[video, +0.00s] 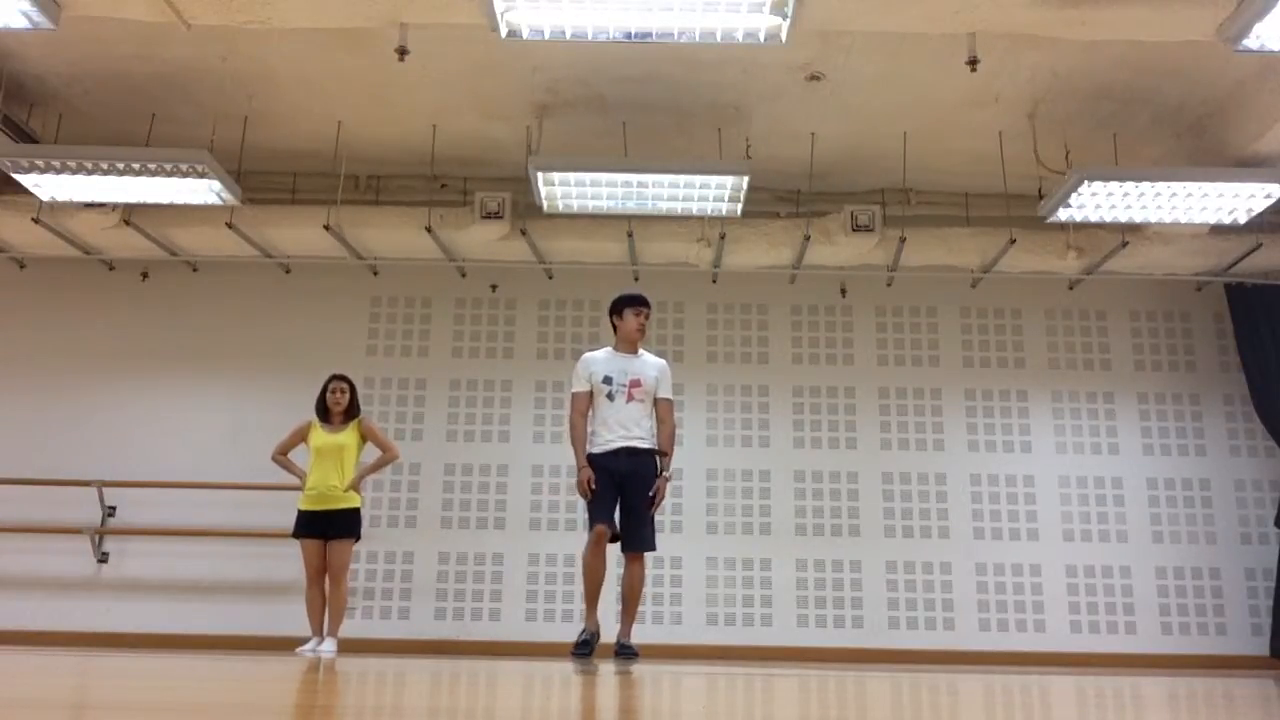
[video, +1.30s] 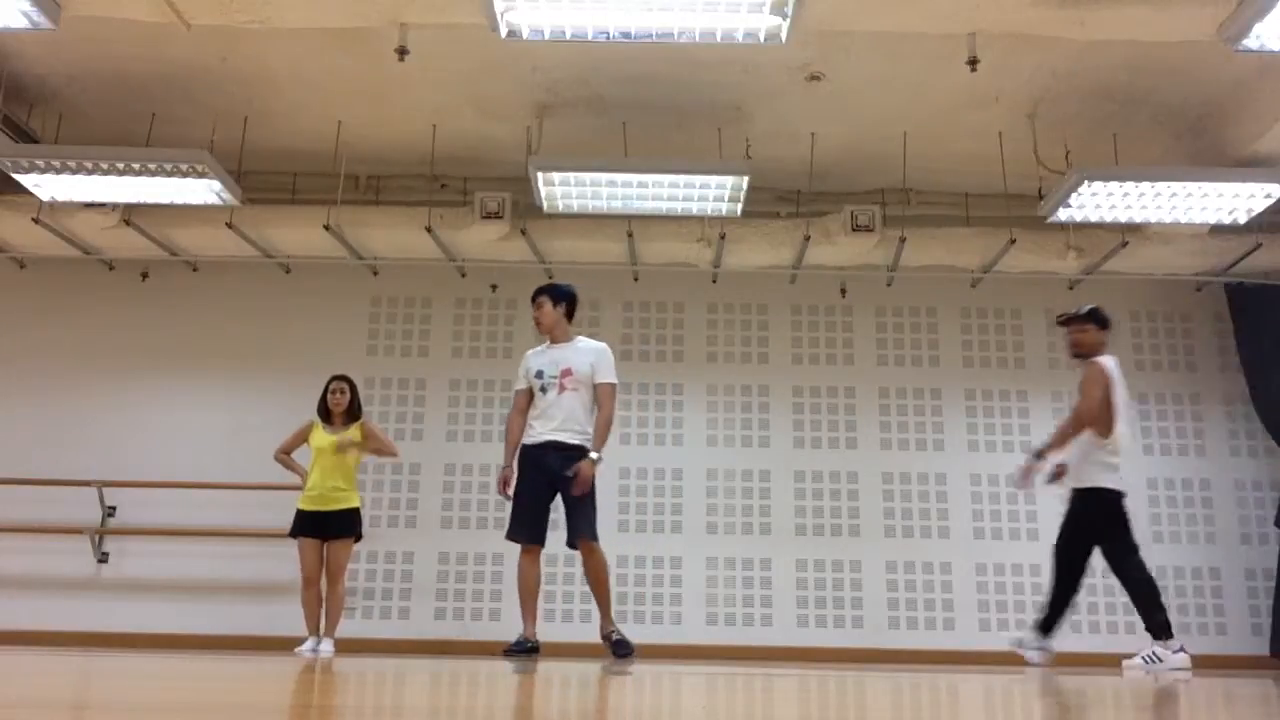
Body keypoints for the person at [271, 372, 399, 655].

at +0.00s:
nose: (337, 396)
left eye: (343, 392)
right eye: (332, 391)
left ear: (351, 397)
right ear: (324, 396)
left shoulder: (360, 426)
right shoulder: (311, 427)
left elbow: (393, 453)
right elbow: (277, 454)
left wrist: (361, 476)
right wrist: (302, 475)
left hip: (344, 507)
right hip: (311, 506)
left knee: (337, 577)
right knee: (313, 576)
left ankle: (332, 637)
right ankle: (316, 636)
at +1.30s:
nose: (336, 396)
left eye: (342, 392)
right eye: (332, 392)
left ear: (352, 397)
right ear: (325, 397)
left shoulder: (361, 427)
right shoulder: (313, 427)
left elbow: (391, 451)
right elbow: (280, 454)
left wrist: (357, 446)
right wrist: (302, 472)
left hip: (343, 507)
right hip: (310, 506)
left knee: (335, 577)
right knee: (309, 578)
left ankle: (329, 638)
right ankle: (313, 637)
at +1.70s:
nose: (338, 397)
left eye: (343, 392)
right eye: (333, 392)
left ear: (351, 398)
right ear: (325, 396)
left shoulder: (357, 426)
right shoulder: (312, 426)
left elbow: (375, 429)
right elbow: (279, 453)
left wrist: (361, 402)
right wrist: (302, 473)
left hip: (342, 506)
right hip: (310, 505)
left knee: (333, 576)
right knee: (308, 575)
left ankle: (327, 638)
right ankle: (309, 636)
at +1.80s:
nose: (338, 396)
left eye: (343, 392)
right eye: (334, 391)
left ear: (351, 399)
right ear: (325, 395)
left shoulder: (356, 428)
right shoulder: (311, 426)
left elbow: (375, 426)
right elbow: (278, 453)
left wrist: (362, 401)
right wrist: (301, 473)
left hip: (342, 505)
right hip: (310, 504)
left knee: (332, 575)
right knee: (309, 575)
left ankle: (326, 637)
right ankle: (309, 636)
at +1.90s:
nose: (339, 395)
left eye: (344, 392)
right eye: (334, 391)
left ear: (350, 399)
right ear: (325, 395)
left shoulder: (355, 429)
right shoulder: (310, 426)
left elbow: (377, 426)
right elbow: (276, 453)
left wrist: (363, 401)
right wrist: (300, 473)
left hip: (342, 506)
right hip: (309, 505)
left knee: (333, 576)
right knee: (309, 575)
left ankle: (325, 637)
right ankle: (308, 636)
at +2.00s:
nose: (339, 395)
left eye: (344, 392)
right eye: (335, 391)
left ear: (350, 399)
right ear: (324, 395)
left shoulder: (355, 429)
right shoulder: (309, 426)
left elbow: (379, 426)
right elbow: (273, 453)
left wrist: (362, 403)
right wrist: (298, 472)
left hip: (342, 506)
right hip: (309, 505)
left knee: (333, 576)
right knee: (309, 575)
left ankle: (325, 638)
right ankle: (308, 636)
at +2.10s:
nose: (341, 396)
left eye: (345, 393)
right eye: (336, 391)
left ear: (350, 400)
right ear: (324, 395)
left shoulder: (354, 430)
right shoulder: (308, 426)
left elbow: (382, 424)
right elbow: (270, 452)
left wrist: (363, 405)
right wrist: (298, 473)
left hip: (342, 506)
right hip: (309, 506)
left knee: (332, 575)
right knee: (308, 575)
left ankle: (325, 637)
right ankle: (308, 636)